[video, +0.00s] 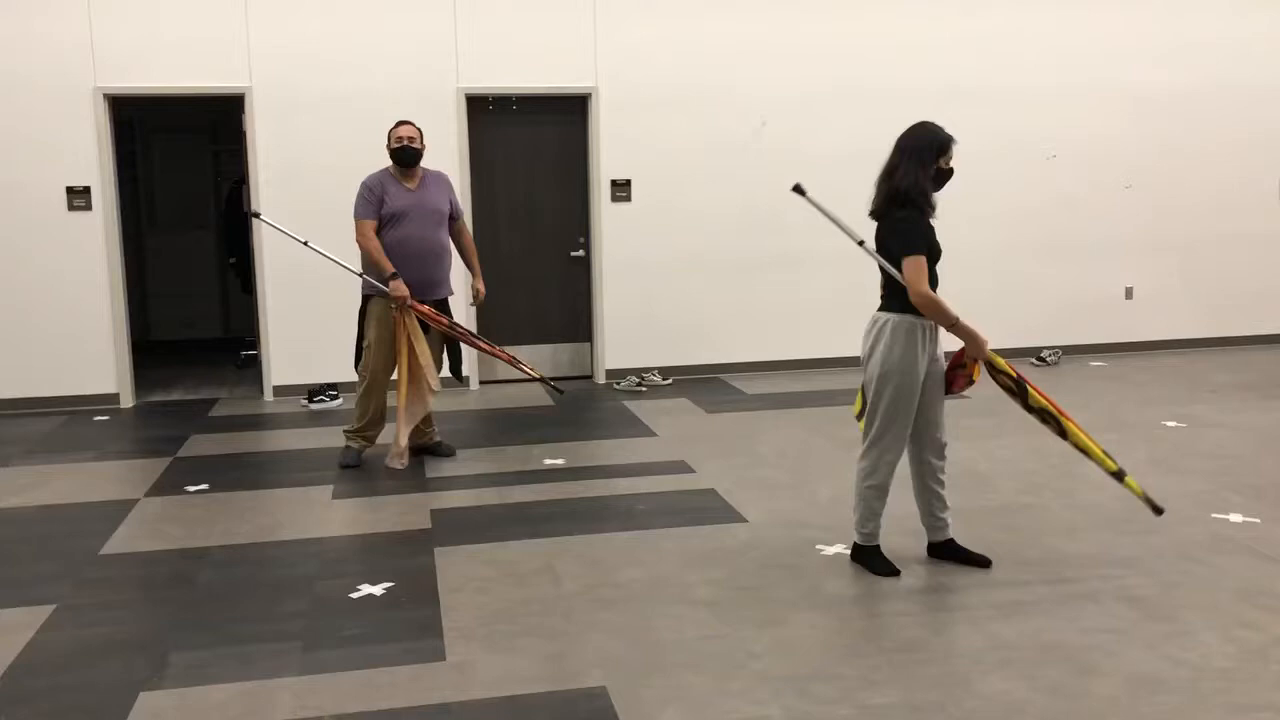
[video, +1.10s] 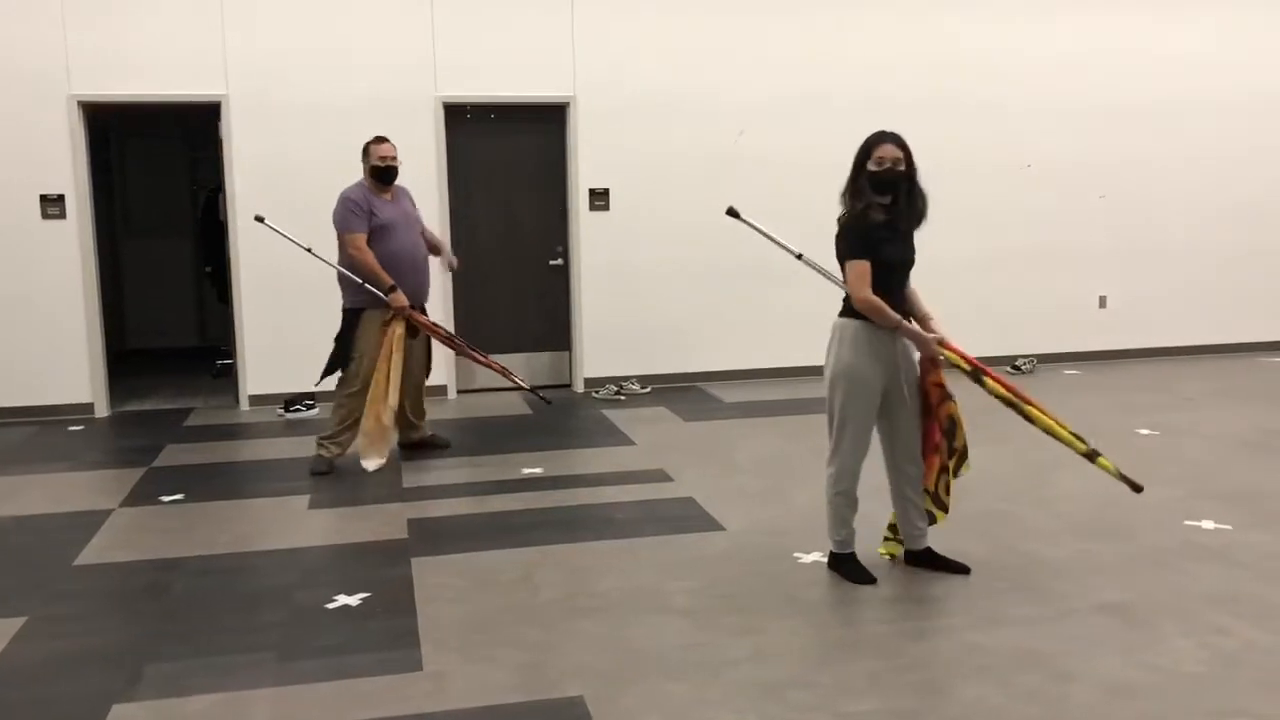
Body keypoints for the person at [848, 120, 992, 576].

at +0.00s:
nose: (948, 170)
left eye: (949, 161)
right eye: (944, 161)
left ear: (912, 159)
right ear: (926, 161)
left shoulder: (912, 214)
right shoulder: (904, 217)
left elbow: (912, 293)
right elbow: (919, 294)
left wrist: (943, 332)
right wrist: (968, 334)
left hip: (920, 337)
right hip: (897, 336)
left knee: (930, 443)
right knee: (883, 442)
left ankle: (939, 539)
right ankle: (865, 542)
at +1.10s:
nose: (887, 169)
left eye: (896, 163)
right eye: (878, 162)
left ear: (908, 170)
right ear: (863, 168)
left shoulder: (901, 222)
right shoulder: (856, 223)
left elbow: (901, 285)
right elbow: (860, 297)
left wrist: (928, 325)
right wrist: (913, 333)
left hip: (895, 340)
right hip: (857, 340)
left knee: (907, 447)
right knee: (849, 451)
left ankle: (916, 546)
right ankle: (842, 551)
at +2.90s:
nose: (872, 170)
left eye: (871, 162)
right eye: (866, 162)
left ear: (838, 165)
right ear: (845, 165)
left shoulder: (842, 215)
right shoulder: (821, 217)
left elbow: (846, 291)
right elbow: (832, 291)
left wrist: (872, 360)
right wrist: (873, 345)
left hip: (852, 334)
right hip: (821, 334)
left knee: (859, 442)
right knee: (807, 442)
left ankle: (864, 537)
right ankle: (786, 542)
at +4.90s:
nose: (837, 155)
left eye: (841, 147)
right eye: (831, 146)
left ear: (839, 144)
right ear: (808, 141)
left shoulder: (817, 195)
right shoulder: (789, 194)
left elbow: (819, 267)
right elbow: (799, 270)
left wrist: (846, 323)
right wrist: (851, 313)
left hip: (825, 312)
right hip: (792, 311)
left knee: (826, 417)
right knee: (774, 418)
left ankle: (830, 512)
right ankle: (753, 517)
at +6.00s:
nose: (825, 138)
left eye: (823, 129)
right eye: (821, 130)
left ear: (782, 130)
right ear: (810, 133)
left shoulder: (800, 181)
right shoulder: (786, 184)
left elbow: (800, 259)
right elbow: (791, 262)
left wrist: (832, 312)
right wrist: (843, 305)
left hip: (807, 302)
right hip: (782, 302)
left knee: (811, 408)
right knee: (768, 409)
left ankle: (820, 500)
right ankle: (743, 507)